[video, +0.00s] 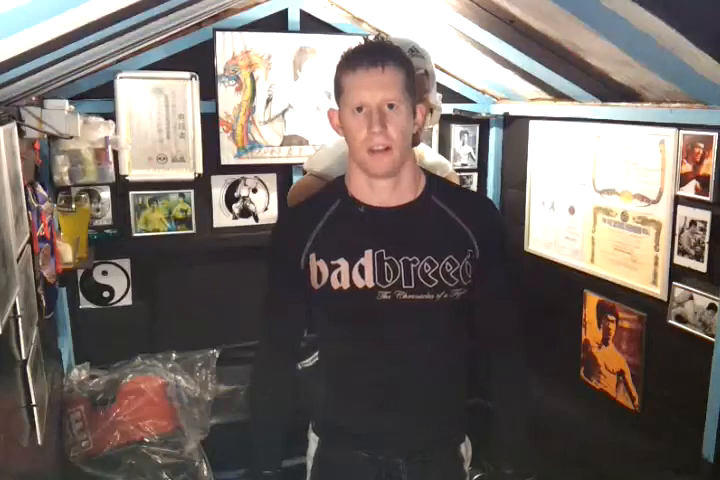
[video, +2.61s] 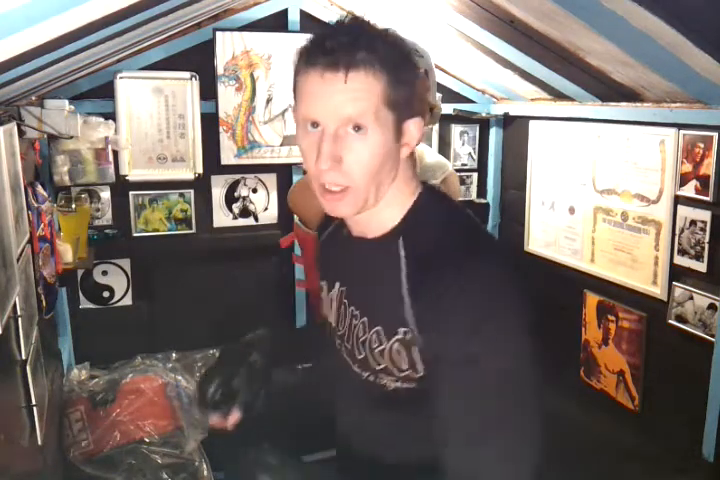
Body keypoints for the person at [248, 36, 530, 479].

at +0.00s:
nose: (377, 127)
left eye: (391, 107)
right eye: (360, 110)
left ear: (418, 117)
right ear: (338, 122)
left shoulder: (476, 221)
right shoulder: (301, 226)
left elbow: (503, 355)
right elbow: (277, 358)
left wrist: (502, 466)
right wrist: (273, 465)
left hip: (441, 458)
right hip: (342, 458)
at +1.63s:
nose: (383, 123)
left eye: (397, 105)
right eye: (365, 108)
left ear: (421, 119)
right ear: (339, 124)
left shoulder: (474, 223)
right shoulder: (299, 226)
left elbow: (510, 350)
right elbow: (266, 350)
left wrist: (473, 457)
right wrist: (288, 455)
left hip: (443, 454)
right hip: (338, 454)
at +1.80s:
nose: (372, 135)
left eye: (386, 114)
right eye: (353, 118)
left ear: (414, 120)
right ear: (330, 129)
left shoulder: (468, 224)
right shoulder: (293, 229)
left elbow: (501, 348)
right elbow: (257, 346)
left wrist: (452, 402)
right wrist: (319, 405)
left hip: (435, 458)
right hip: (334, 457)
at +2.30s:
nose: (321, 148)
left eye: (339, 123)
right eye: (303, 128)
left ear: (376, 127)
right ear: (284, 138)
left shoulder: (464, 237)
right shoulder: (280, 243)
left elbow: (520, 361)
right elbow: (262, 356)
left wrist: (445, 432)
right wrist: (280, 409)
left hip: (440, 466)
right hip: (325, 464)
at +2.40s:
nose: (323, 160)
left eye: (342, 133)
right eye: (304, 136)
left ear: (382, 135)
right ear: (285, 143)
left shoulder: (463, 251)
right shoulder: (298, 236)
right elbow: (270, 344)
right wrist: (254, 412)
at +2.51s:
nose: (326, 166)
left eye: (351, 137)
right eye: (309, 137)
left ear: (395, 143)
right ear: (291, 140)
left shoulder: (467, 270)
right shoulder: (313, 246)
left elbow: (520, 440)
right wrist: (248, 420)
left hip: (440, 465)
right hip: (340, 463)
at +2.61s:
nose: (325, 160)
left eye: (356, 127)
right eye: (313, 126)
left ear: (409, 137)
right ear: (296, 129)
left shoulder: (468, 268)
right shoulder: (337, 240)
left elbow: (496, 458)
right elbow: (350, 377)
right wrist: (261, 393)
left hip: (435, 469)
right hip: (354, 464)